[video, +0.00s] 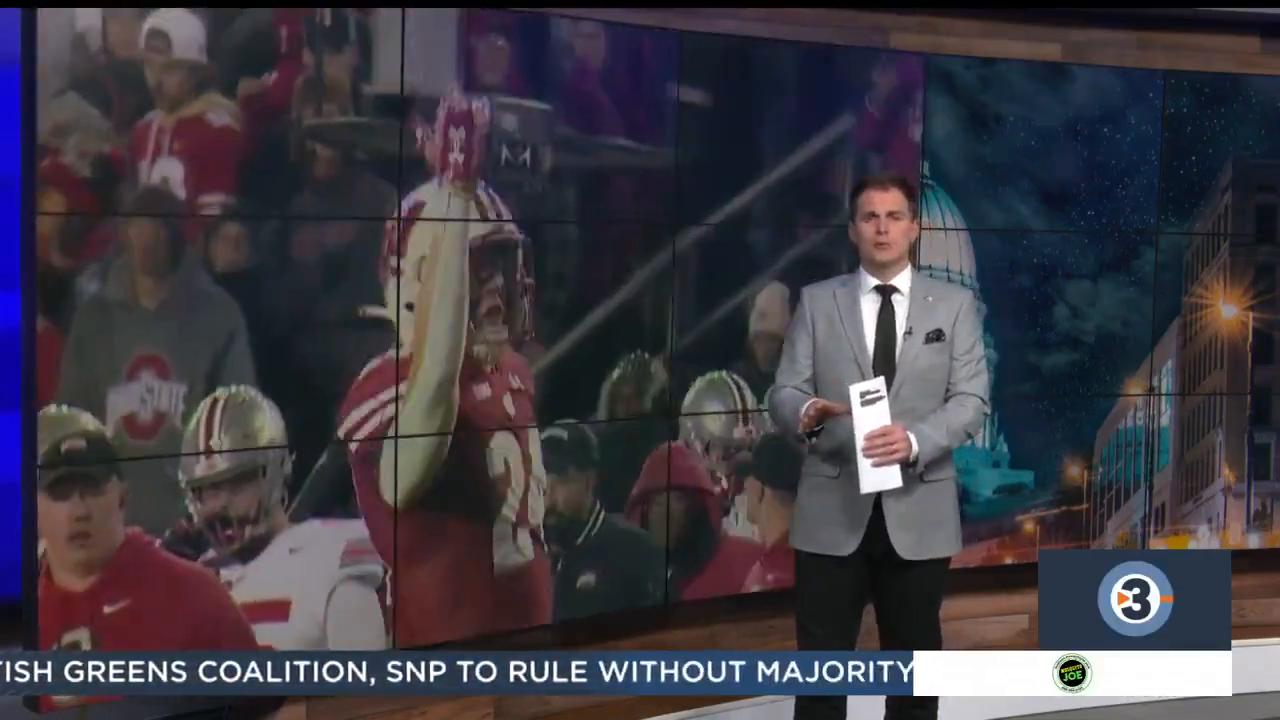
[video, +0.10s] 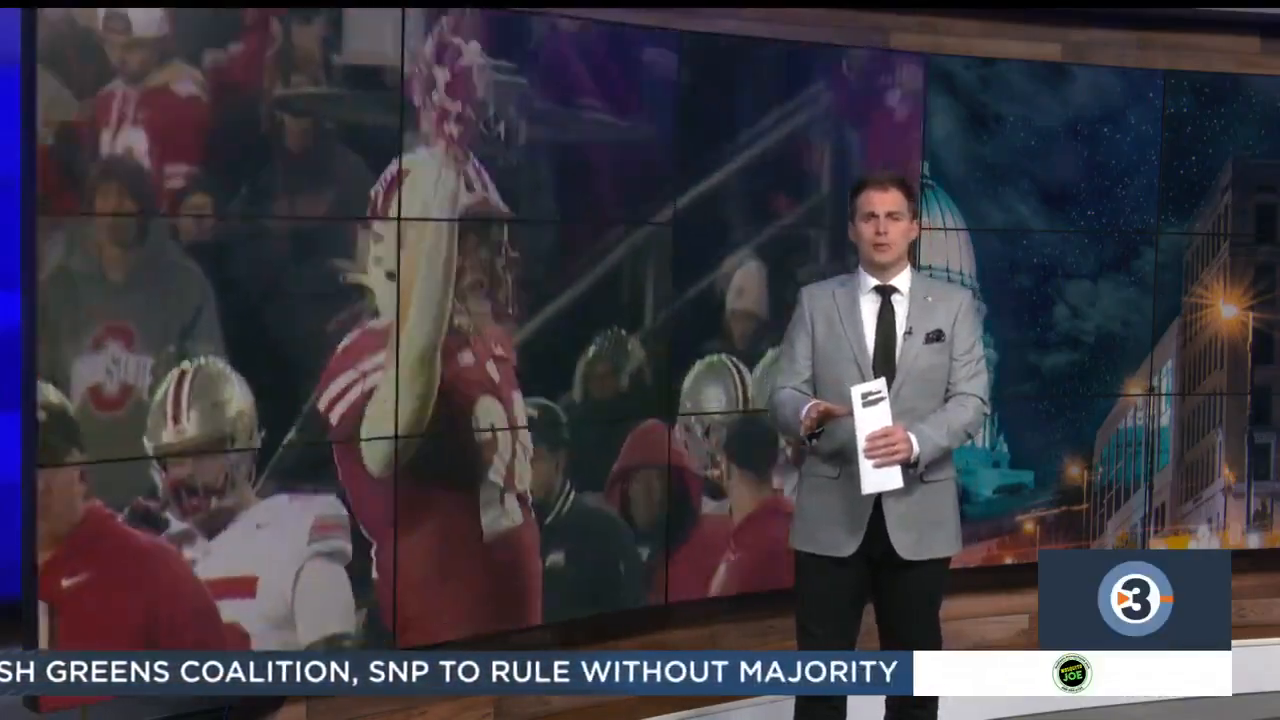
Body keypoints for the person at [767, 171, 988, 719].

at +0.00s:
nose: (881, 228)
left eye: (894, 217)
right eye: (870, 218)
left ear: (915, 228)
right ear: (853, 230)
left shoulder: (955, 304)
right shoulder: (816, 301)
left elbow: (970, 402)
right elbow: (784, 393)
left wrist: (917, 439)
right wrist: (805, 412)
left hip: (917, 511)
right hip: (831, 510)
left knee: (915, 669)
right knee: (820, 668)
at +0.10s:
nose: (880, 229)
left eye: (893, 218)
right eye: (869, 218)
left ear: (914, 228)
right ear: (853, 230)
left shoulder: (954, 304)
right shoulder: (815, 302)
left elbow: (970, 402)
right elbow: (785, 393)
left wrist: (918, 439)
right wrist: (805, 414)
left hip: (917, 511)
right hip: (831, 511)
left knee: (915, 668)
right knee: (820, 668)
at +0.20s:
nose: (880, 230)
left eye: (893, 218)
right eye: (868, 219)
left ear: (915, 228)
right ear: (853, 230)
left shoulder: (955, 304)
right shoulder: (816, 302)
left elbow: (970, 402)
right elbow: (785, 393)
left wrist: (919, 440)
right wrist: (809, 415)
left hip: (917, 512)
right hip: (831, 511)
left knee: (916, 669)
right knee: (819, 668)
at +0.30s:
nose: (880, 232)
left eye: (892, 220)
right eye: (868, 221)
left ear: (915, 229)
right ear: (853, 231)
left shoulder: (955, 305)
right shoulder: (816, 302)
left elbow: (971, 402)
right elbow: (787, 393)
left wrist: (920, 441)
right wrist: (811, 416)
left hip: (918, 513)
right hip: (832, 512)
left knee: (916, 671)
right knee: (820, 670)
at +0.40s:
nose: (880, 233)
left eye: (893, 221)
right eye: (869, 222)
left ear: (915, 228)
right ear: (854, 230)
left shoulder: (956, 304)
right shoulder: (817, 302)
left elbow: (971, 401)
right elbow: (786, 393)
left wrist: (923, 442)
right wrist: (813, 416)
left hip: (919, 512)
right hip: (833, 511)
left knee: (917, 668)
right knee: (821, 668)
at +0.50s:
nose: (881, 233)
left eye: (894, 221)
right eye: (870, 222)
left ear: (916, 229)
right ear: (855, 230)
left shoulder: (957, 304)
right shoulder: (818, 301)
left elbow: (973, 402)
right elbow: (787, 395)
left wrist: (924, 443)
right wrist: (815, 418)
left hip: (921, 513)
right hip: (835, 512)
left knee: (918, 671)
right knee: (822, 670)